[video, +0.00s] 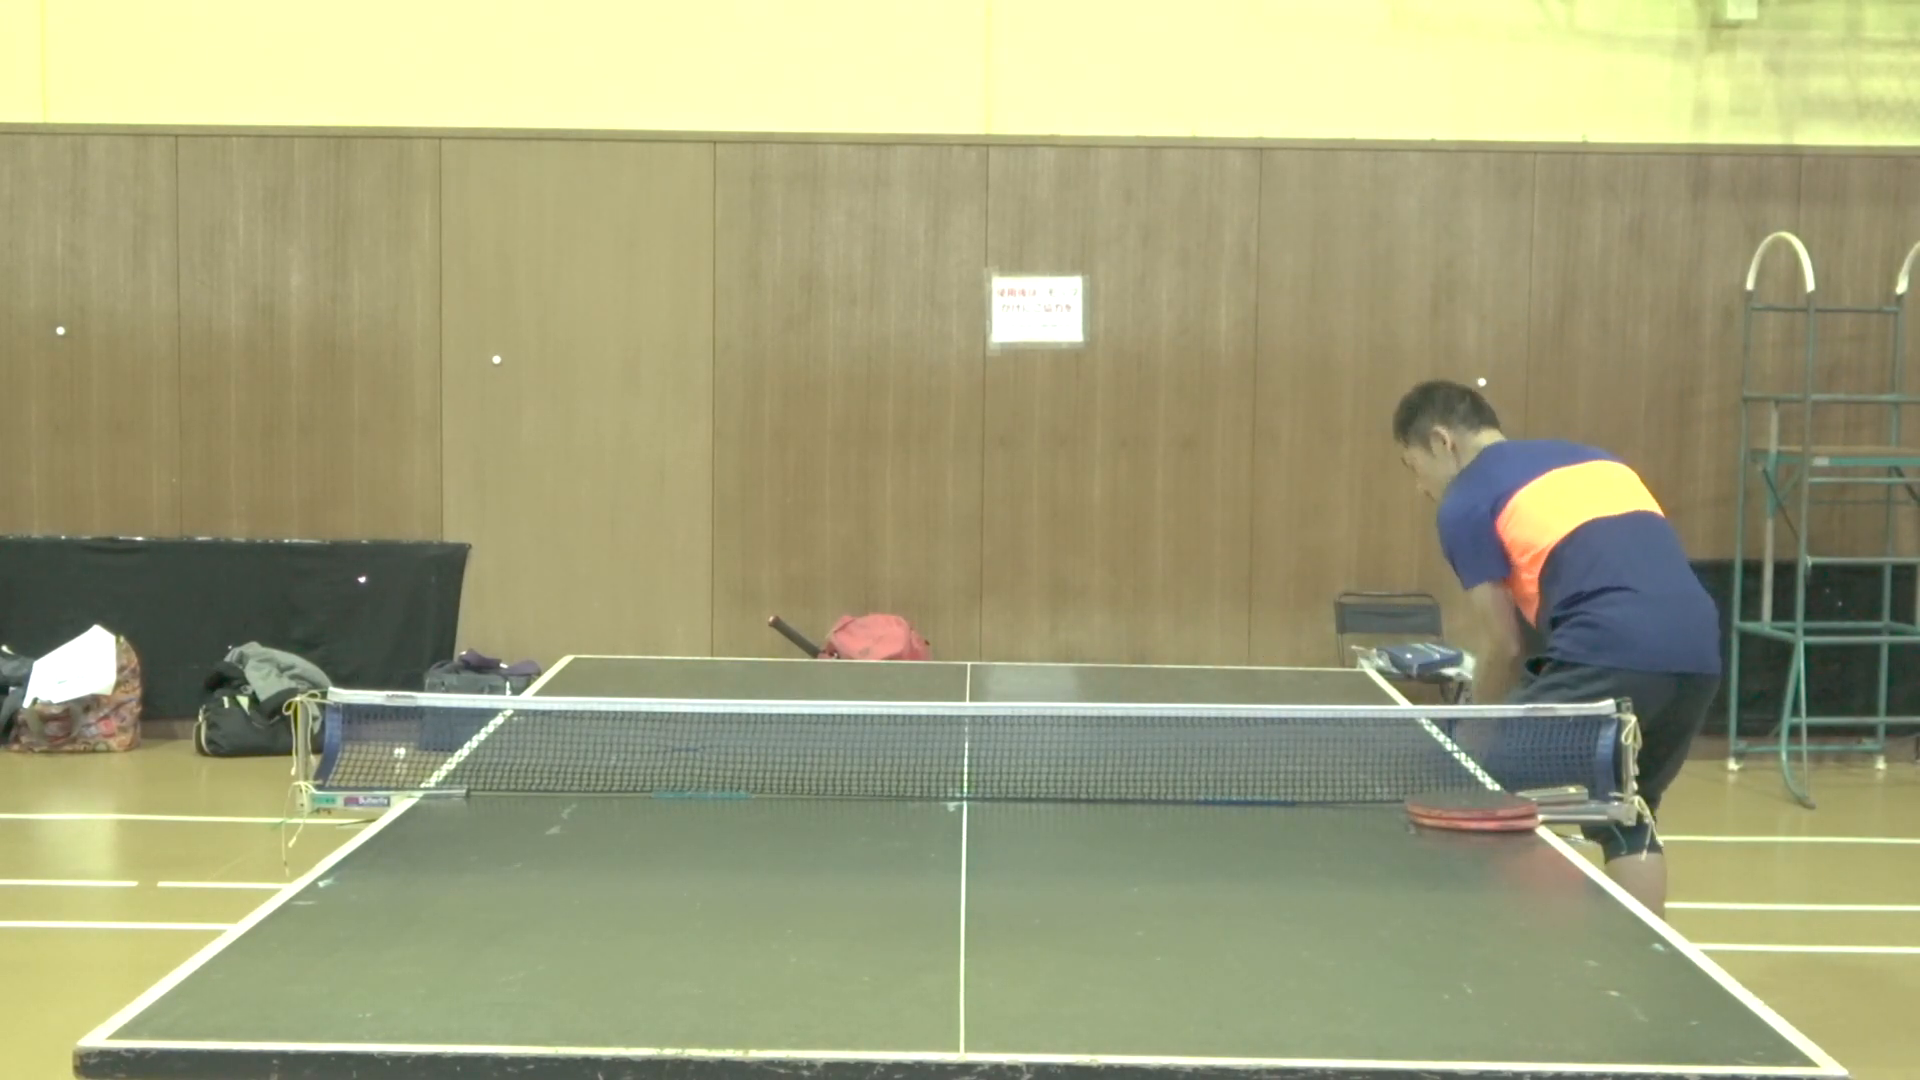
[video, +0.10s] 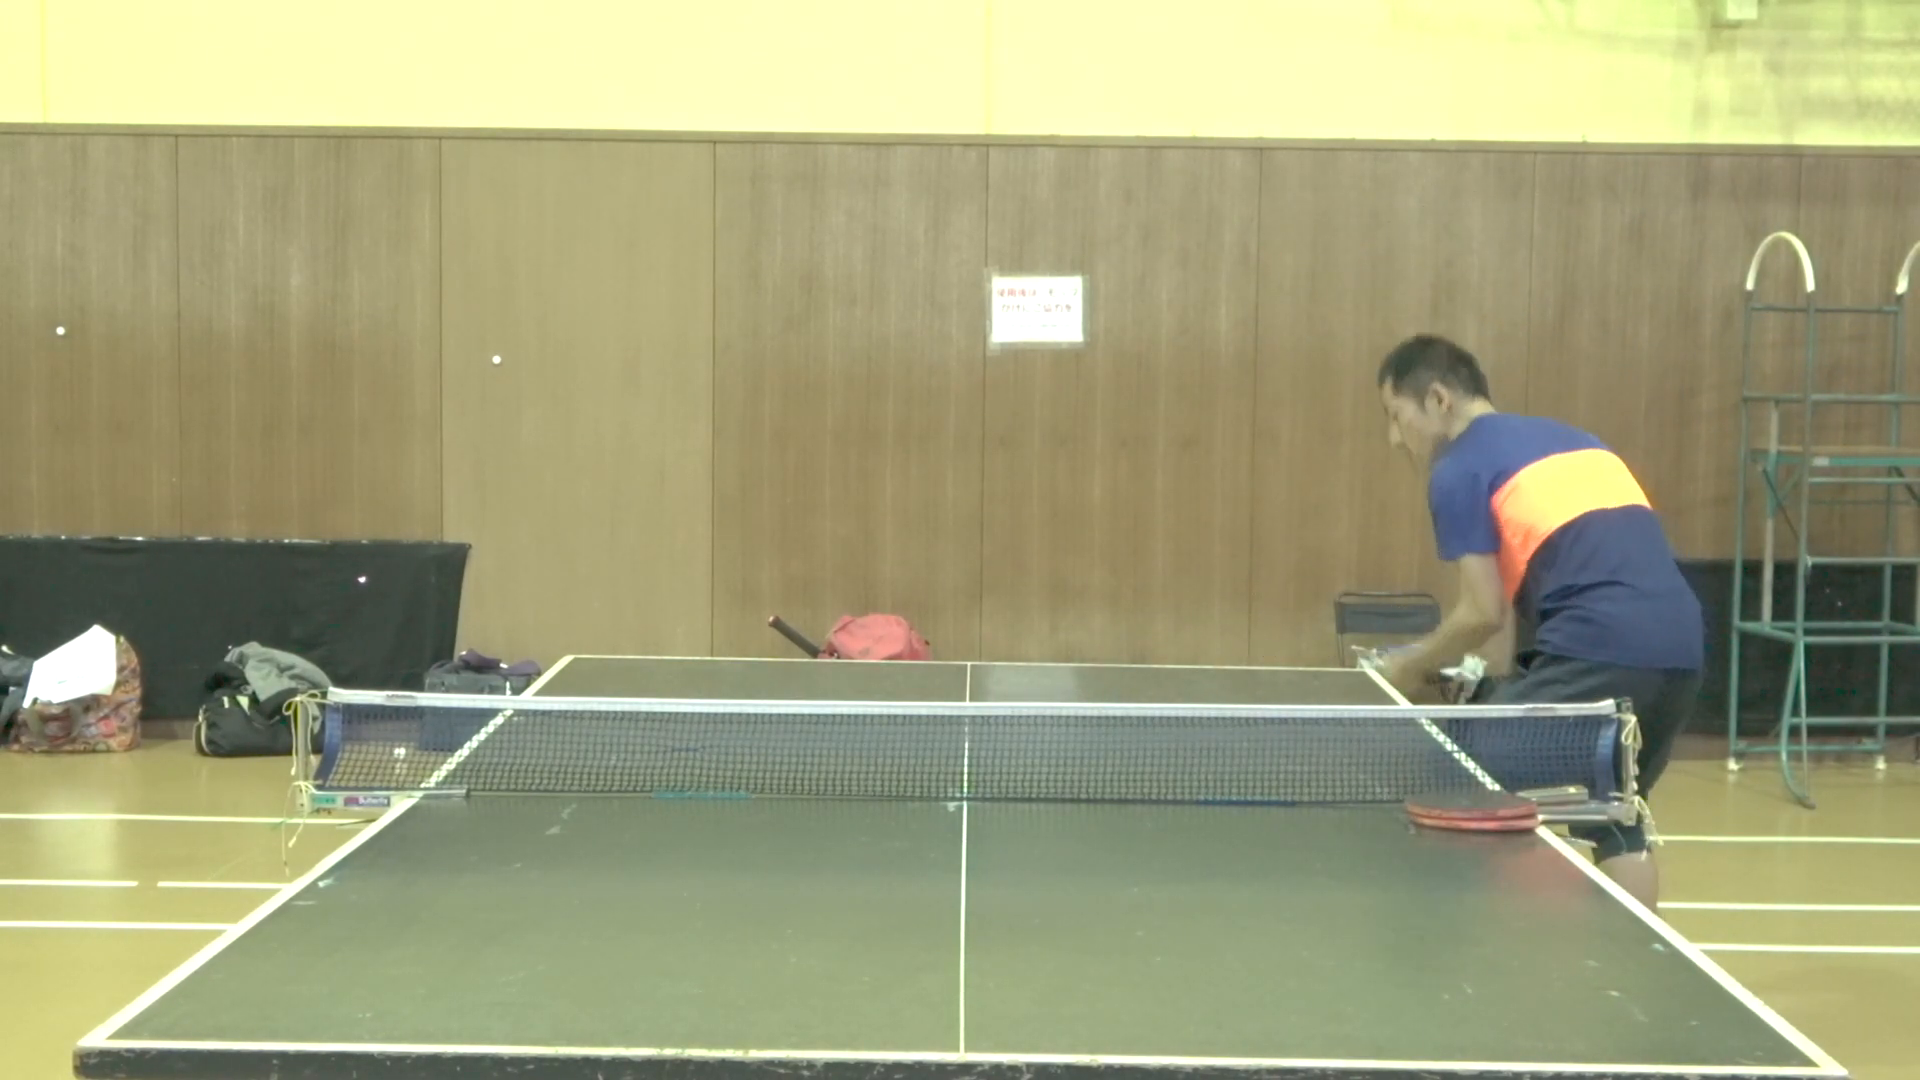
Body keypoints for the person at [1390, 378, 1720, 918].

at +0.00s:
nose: (1420, 485)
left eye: (1415, 466)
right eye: (1412, 470)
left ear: (1444, 441)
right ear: (1491, 429)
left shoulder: (1466, 498)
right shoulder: (1581, 455)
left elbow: (1504, 646)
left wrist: (1471, 740)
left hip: (1608, 649)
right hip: (1699, 649)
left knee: (1476, 782)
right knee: (1628, 807)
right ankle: (1642, 977)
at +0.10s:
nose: (1394, 436)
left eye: (1395, 415)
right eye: (1390, 419)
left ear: (1438, 397)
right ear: (1466, 393)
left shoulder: (1460, 465)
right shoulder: (1559, 436)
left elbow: (1483, 612)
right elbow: (1538, 595)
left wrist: (1407, 666)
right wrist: (1493, 688)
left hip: (1593, 649)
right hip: (1680, 647)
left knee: (1463, 789)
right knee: (1616, 807)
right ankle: (1634, 975)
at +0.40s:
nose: (1329, 358)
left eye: (1337, 338)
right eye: (1325, 342)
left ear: (1392, 331)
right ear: (1393, 334)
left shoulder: (1423, 406)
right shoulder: (1465, 394)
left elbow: (1388, 554)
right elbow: (1454, 560)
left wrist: (1279, 527)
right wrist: (1351, 604)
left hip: (1540, 635)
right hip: (1595, 635)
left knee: (1412, 772)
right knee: (1583, 813)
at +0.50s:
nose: (1297, 356)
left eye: (1305, 336)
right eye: (1294, 339)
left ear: (1361, 329)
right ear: (1364, 330)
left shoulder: (1400, 403)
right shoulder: (1428, 390)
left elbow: (1369, 554)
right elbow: (1387, 561)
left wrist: (1256, 526)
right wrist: (1293, 577)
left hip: (1521, 629)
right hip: (1573, 627)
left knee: (1387, 771)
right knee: (1580, 806)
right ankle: (1641, 965)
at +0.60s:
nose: (1264, 359)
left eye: (1273, 340)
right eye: (1261, 343)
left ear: (1330, 331)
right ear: (1329, 335)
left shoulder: (1376, 411)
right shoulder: (1401, 394)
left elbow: (1337, 557)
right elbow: (1353, 556)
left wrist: (1223, 526)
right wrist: (1260, 570)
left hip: (1504, 634)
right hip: (1562, 632)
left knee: (1357, 767)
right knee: (1576, 810)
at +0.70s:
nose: (1237, 368)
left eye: (1247, 348)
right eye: (1234, 349)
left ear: (1305, 341)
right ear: (1310, 344)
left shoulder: (1353, 423)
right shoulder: (1377, 399)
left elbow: (1297, 564)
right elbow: (1317, 557)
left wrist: (1176, 525)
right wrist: (1239, 581)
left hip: (1486, 633)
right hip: (1545, 625)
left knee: (1345, 776)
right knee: (1574, 821)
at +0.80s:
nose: (1213, 375)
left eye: (1226, 357)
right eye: (1212, 357)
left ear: (1283, 354)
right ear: (1287, 354)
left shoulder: (1332, 431)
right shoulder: (1358, 407)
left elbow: (1256, 568)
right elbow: (1308, 554)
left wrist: (1136, 512)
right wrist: (1223, 602)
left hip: (1479, 636)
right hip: (1530, 628)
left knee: (1335, 772)